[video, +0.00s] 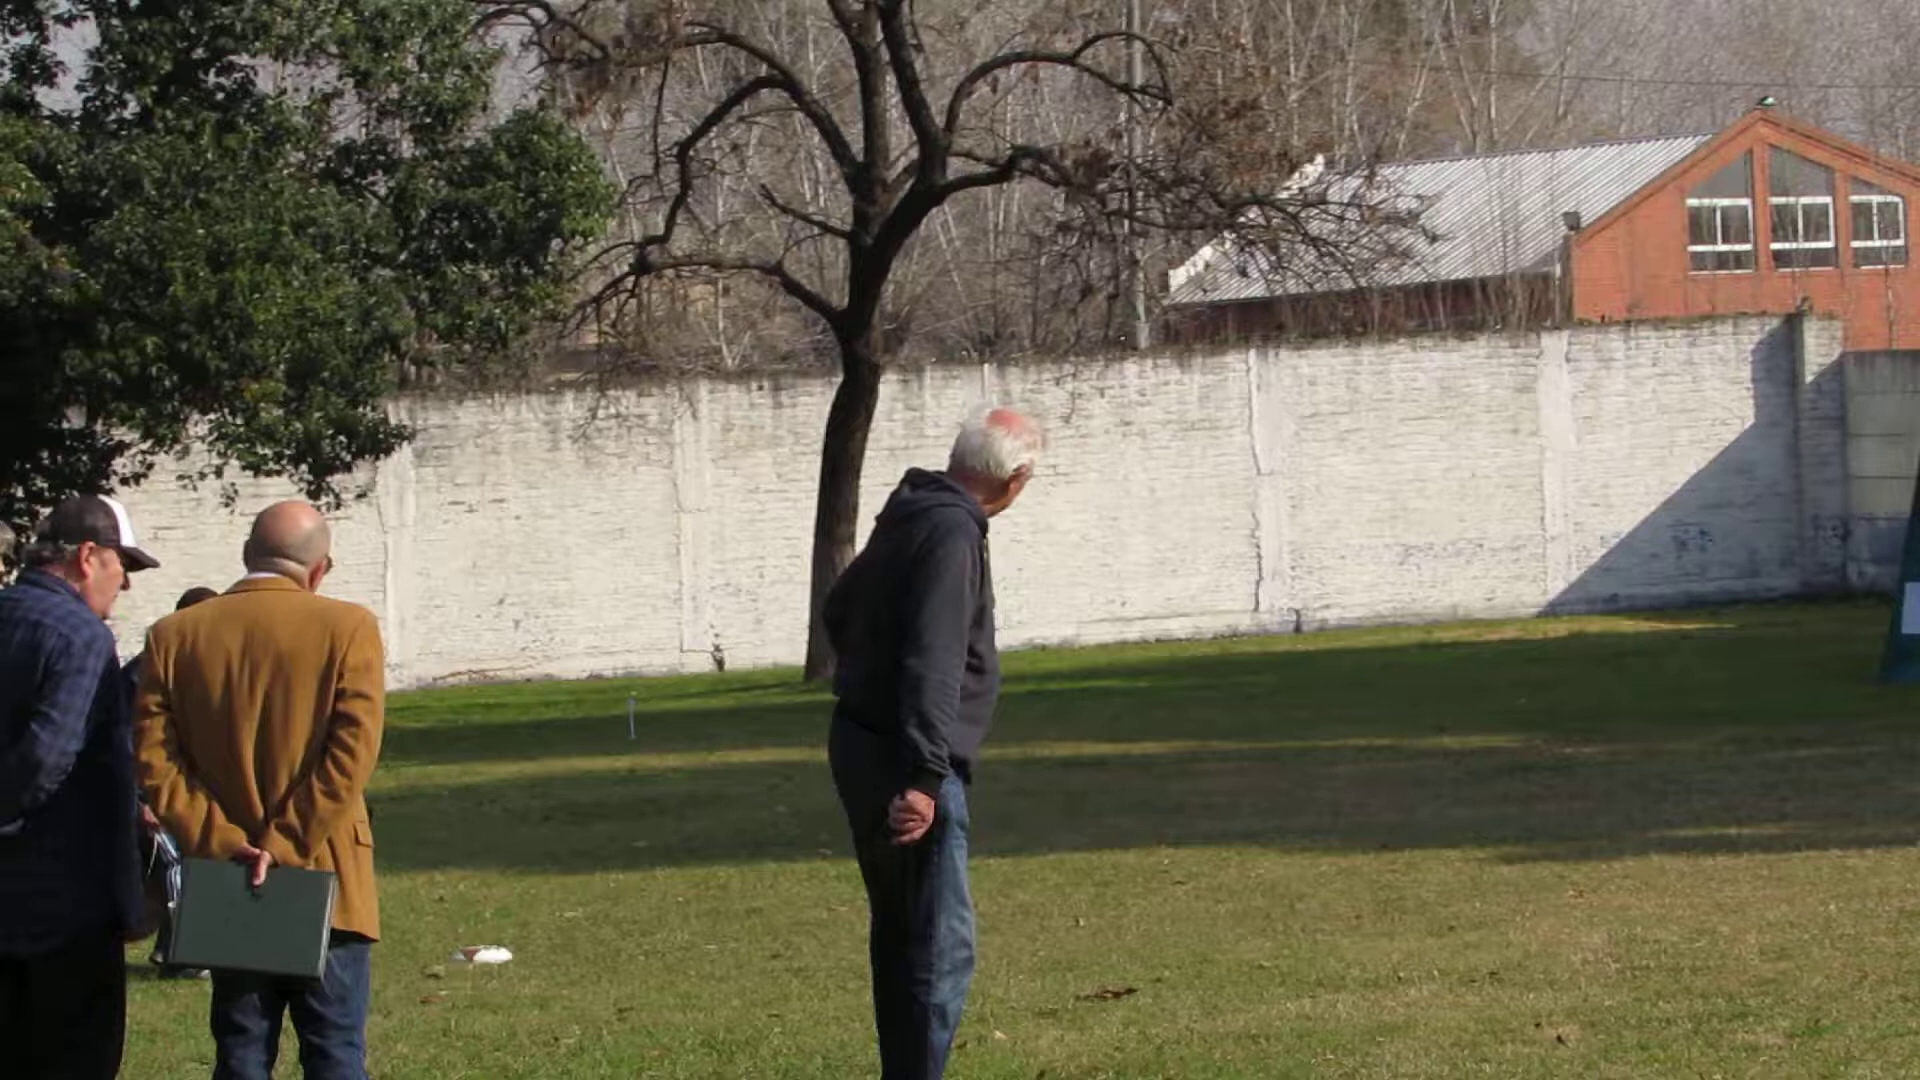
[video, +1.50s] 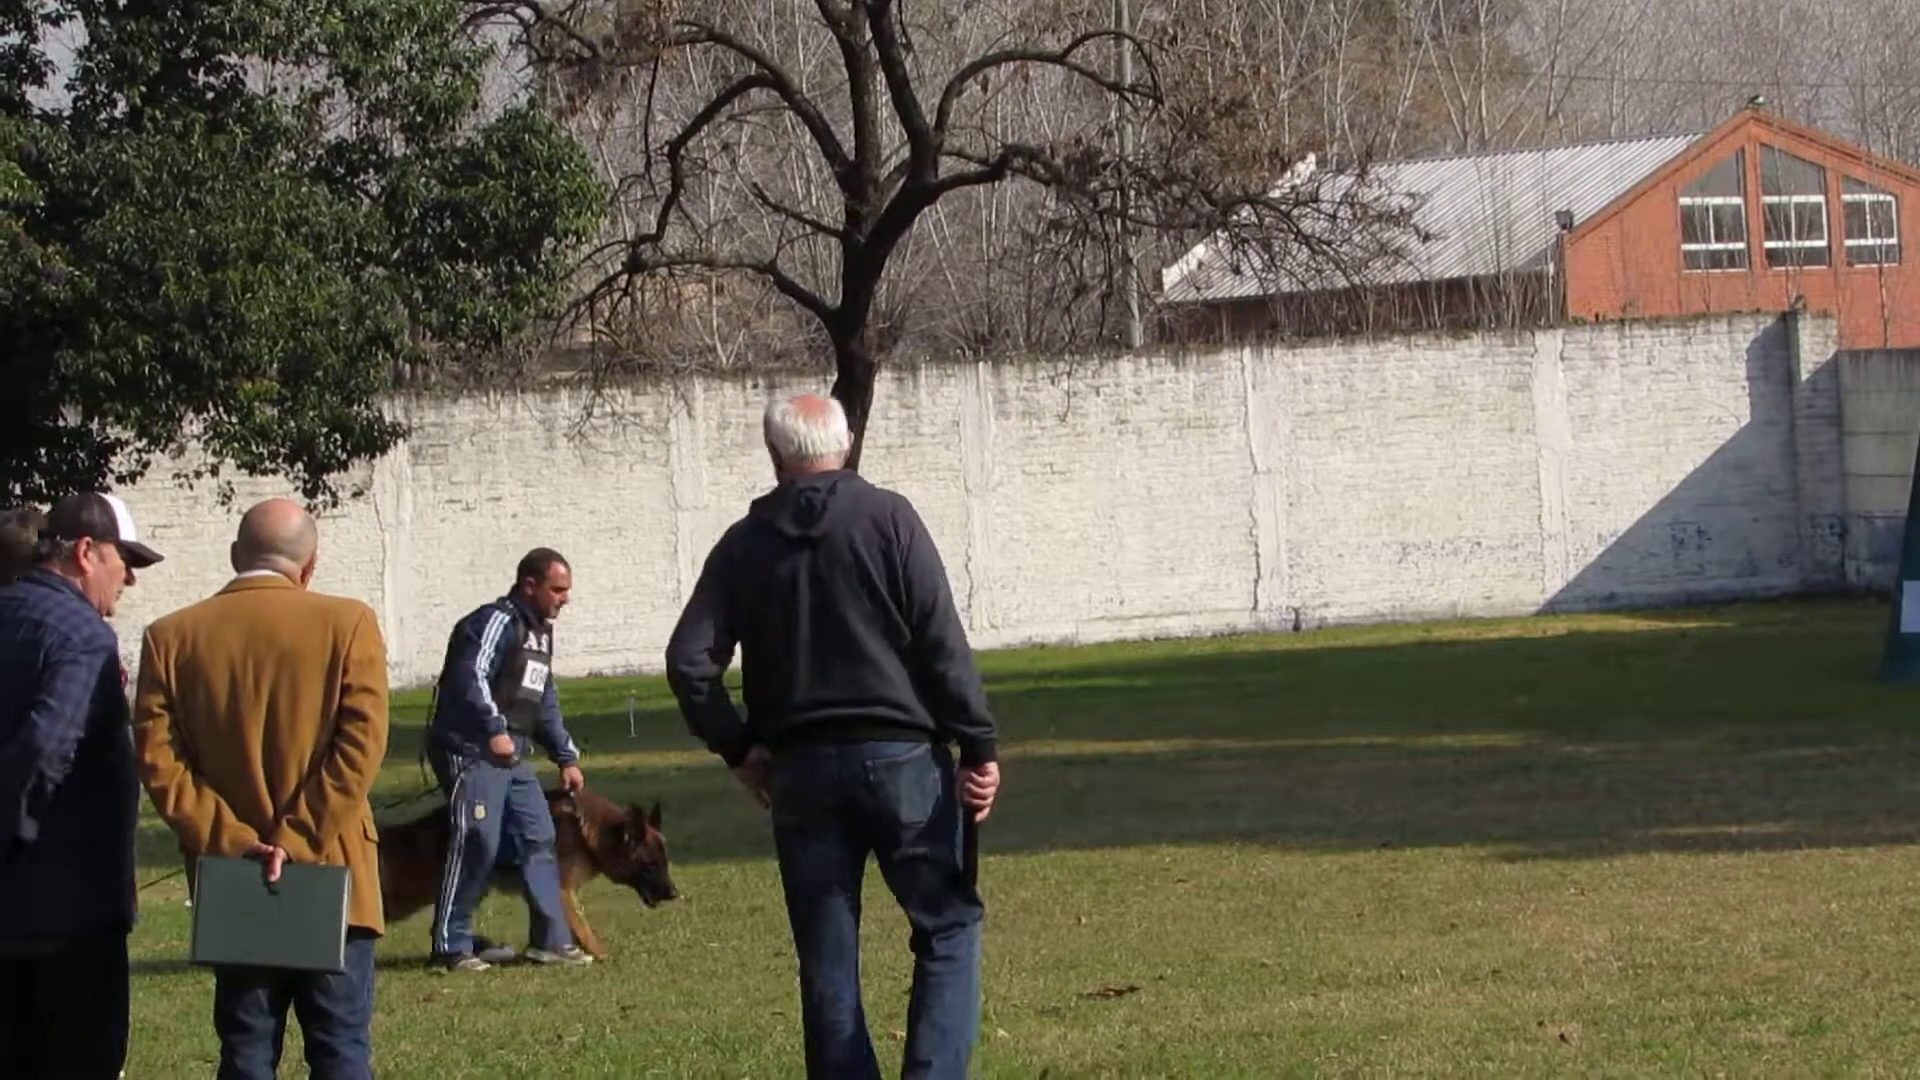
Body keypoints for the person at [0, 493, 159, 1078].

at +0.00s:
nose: (125, 583)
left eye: (128, 570)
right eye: (123, 567)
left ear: (61, 556)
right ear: (86, 559)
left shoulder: (10, 607)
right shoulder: (80, 633)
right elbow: (45, 756)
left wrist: (122, 803)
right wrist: (9, 815)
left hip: (16, 884)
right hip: (63, 891)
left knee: (21, 1041)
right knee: (80, 1051)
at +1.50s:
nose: (129, 580)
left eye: (131, 566)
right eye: (125, 562)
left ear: (67, 552)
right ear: (86, 553)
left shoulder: (12, 608)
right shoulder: (81, 633)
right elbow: (44, 745)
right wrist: (17, 825)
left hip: (16, 896)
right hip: (69, 901)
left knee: (24, 1051)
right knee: (84, 1058)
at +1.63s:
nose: (117, 575)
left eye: (118, 561)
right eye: (112, 558)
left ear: (61, 551)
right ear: (74, 551)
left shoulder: (13, 602)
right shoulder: (69, 623)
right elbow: (37, 724)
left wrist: (106, 688)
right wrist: (23, 830)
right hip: (62, 900)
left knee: (24, 1049)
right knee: (76, 1057)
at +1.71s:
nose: (116, 570)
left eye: (118, 556)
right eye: (111, 552)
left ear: (59, 546)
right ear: (73, 546)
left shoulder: (12, 595)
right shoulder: (69, 617)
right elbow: (39, 712)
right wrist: (54, 817)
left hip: (12, 887)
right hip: (60, 892)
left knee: (23, 1043)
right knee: (77, 1052)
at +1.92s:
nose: (98, 492)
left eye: (100, 479)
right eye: (93, 476)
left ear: (47, 472)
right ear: (54, 470)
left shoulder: (20, 527)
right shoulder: (47, 540)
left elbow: (35, 655)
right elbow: (35, 655)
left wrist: (97, 709)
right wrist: (98, 713)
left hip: (28, 802)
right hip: (43, 809)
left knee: (41, 975)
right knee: (53, 982)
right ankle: (46, 1066)